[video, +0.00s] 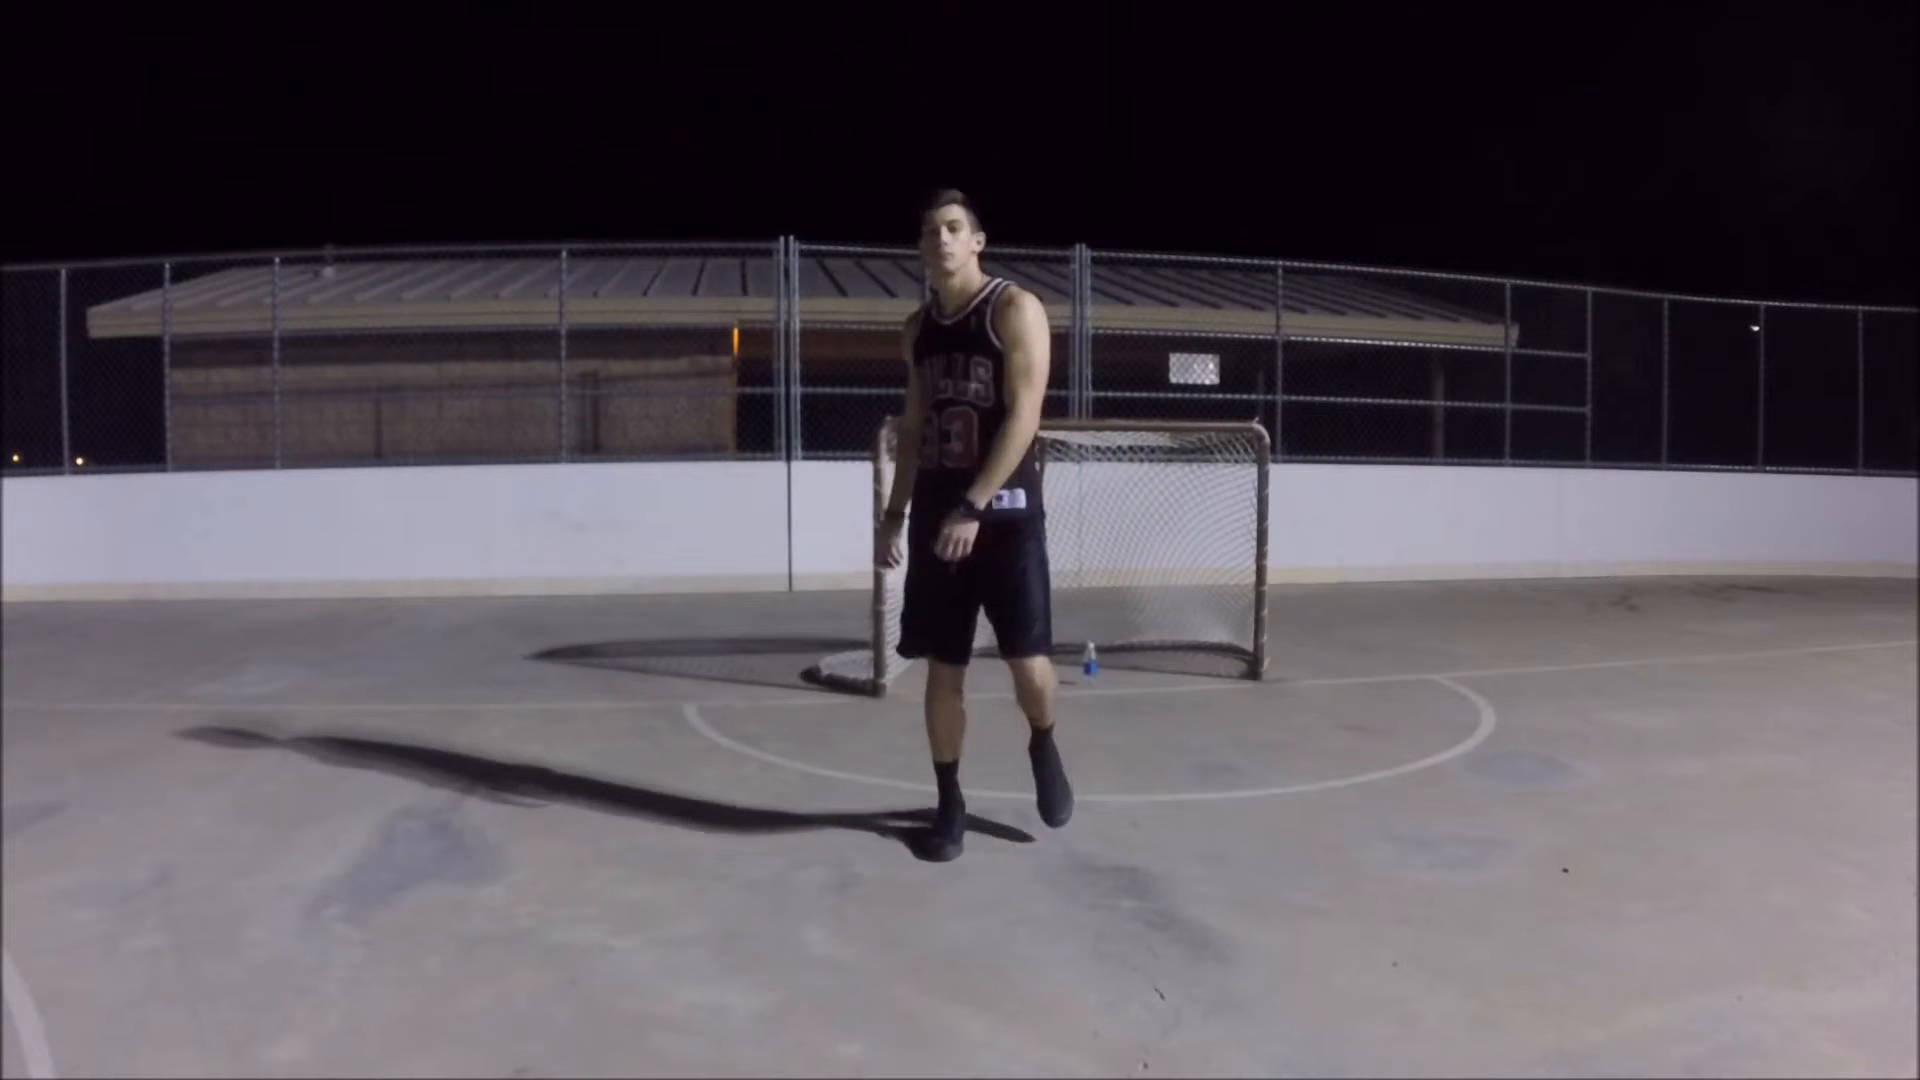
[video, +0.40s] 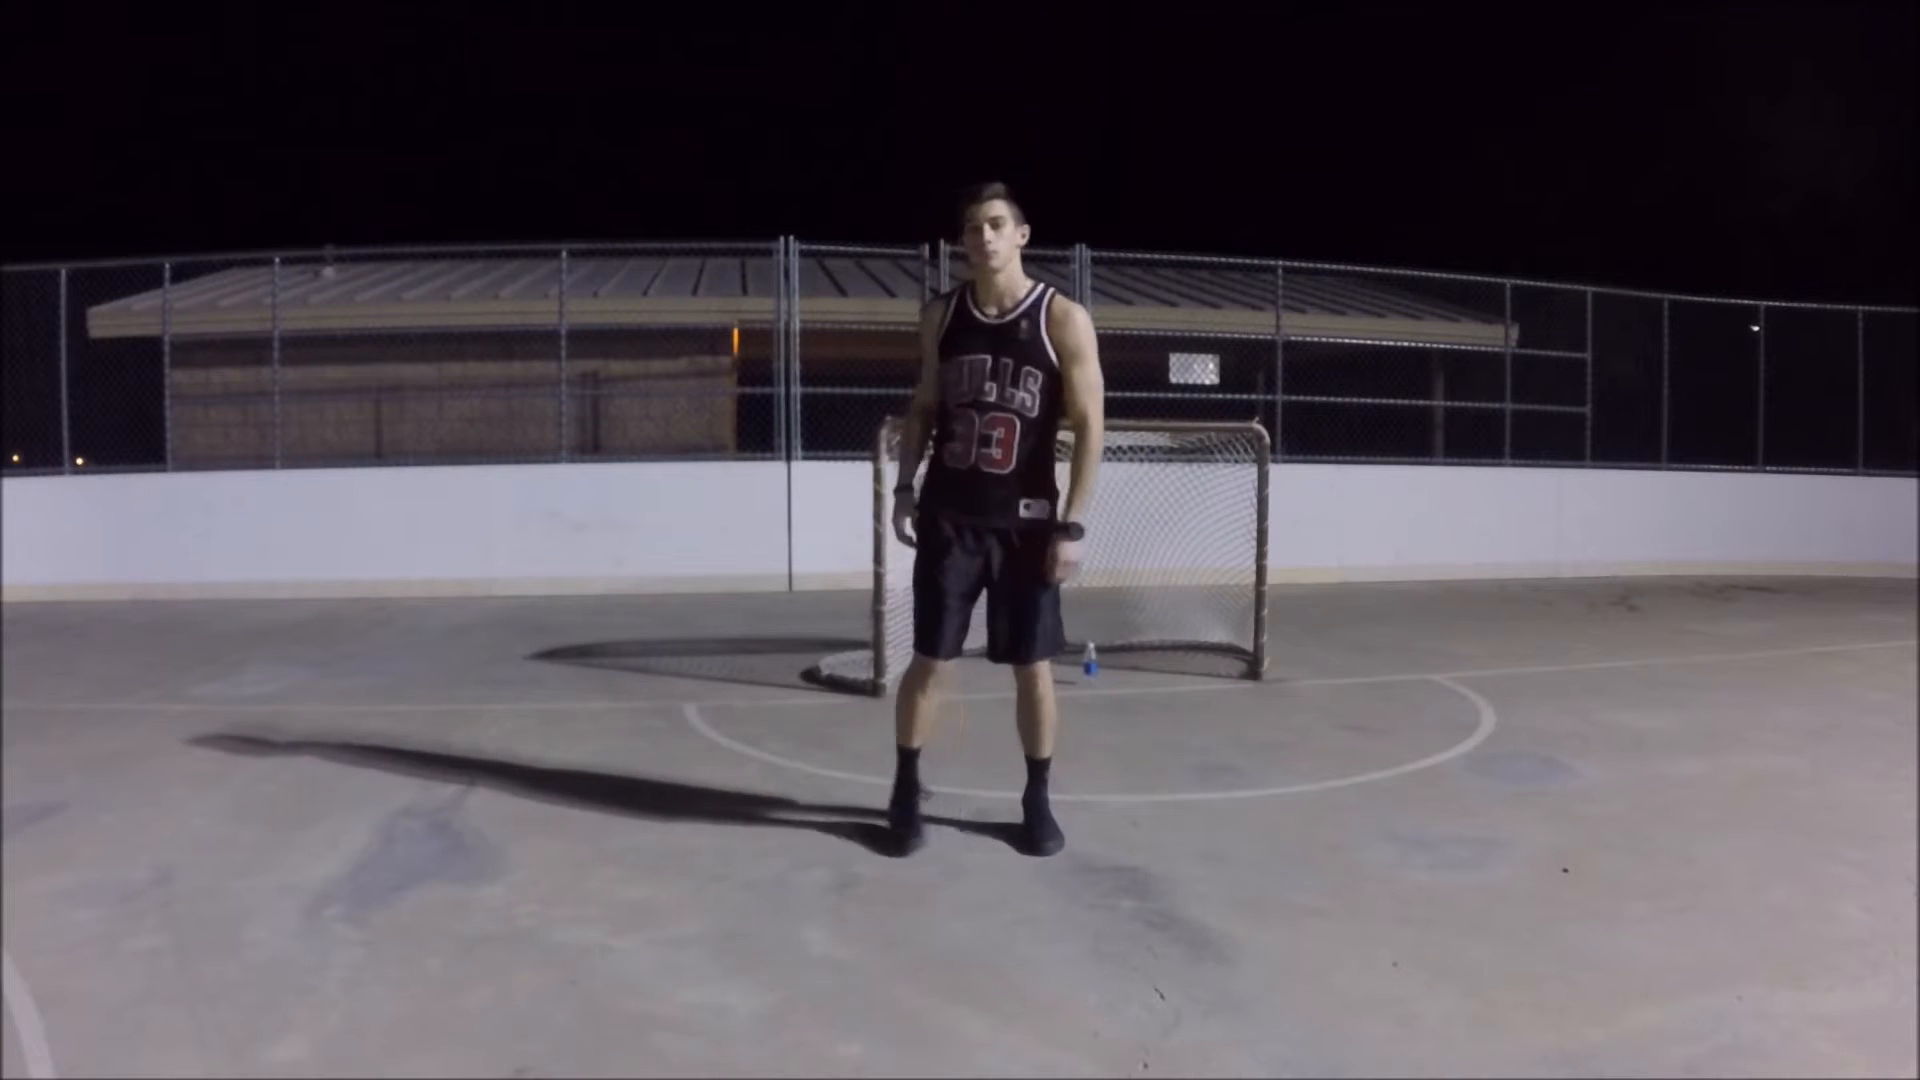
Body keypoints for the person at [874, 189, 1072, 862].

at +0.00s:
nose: (940, 240)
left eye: (952, 229)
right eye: (930, 232)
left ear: (978, 241)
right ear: (919, 248)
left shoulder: (1018, 310)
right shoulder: (919, 325)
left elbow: (1024, 419)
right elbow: (914, 426)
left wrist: (971, 506)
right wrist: (893, 514)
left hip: (1007, 509)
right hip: (938, 508)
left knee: (1029, 664)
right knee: (944, 666)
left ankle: (1043, 746)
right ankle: (949, 806)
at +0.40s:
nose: (984, 237)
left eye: (995, 226)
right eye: (972, 229)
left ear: (1022, 235)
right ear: (960, 243)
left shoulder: (1063, 318)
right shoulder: (942, 314)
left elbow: (1090, 424)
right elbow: (923, 405)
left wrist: (1072, 524)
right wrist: (904, 485)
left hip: (1028, 521)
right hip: (949, 515)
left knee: (1032, 665)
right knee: (929, 658)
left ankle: (1038, 802)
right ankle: (905, 794)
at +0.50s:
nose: (986, 239)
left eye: (997, 226)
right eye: (975, 230)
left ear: (1023, 235)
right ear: (960, 244)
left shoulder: (1064, 318)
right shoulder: (942, 316)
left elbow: (1094, 421)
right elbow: (908, 406)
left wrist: (1095, 520)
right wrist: (888, 490)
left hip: (1026, 523)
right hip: (947, 516)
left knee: (1032, 664)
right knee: (913, 658)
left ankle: (1038, 803)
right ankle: (867, 786)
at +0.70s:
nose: (973, 268)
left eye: (985, 257)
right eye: (963, 257)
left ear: (1007, 261)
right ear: (949, 262)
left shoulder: (1045, 332)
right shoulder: (920, 329)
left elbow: (1122, 395)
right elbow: (838, 372)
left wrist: (1187, 442)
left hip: (1017, 540)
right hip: (932, 538)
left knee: (1039, 682)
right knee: (869, 674)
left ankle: (1040, 805)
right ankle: (804, 788)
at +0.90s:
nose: (950, 256)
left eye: (961, 242)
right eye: (939, 244)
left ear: (978, 226)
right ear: (918, 232)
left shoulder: (1011, 271)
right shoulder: (883, 277)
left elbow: (1108, 258)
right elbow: (774, 282)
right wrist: (730, 224)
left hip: (976, 486)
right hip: (901, 487)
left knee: (971, 641)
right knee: (892, 641)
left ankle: (954, 775)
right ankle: (858, 785)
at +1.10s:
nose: (926, 295)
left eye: (935, 280)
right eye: (911, 284)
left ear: (949, 265)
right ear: (887, 276)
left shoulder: (978, 315)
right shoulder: (858, 318)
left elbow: (1077, 273)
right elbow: (758, 303)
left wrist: (1044, 191)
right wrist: (767, 220)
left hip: (935, 525)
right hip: (867, 520)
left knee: (884, 667)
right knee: (916, 655)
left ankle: (826, 794)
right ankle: (909, 806)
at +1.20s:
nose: (897, 299)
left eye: (907, 285)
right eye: (883, 288)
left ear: (928, 264)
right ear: (862, 275)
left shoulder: (961, 305)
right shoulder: (838, 319)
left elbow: (1070, 291)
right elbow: (734, 315)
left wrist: (1009, 258)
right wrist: (768, 246)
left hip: (941, 523)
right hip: (870, 523)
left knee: (930, 678)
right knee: (880, 666)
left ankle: (864, 770)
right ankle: (819, 800)